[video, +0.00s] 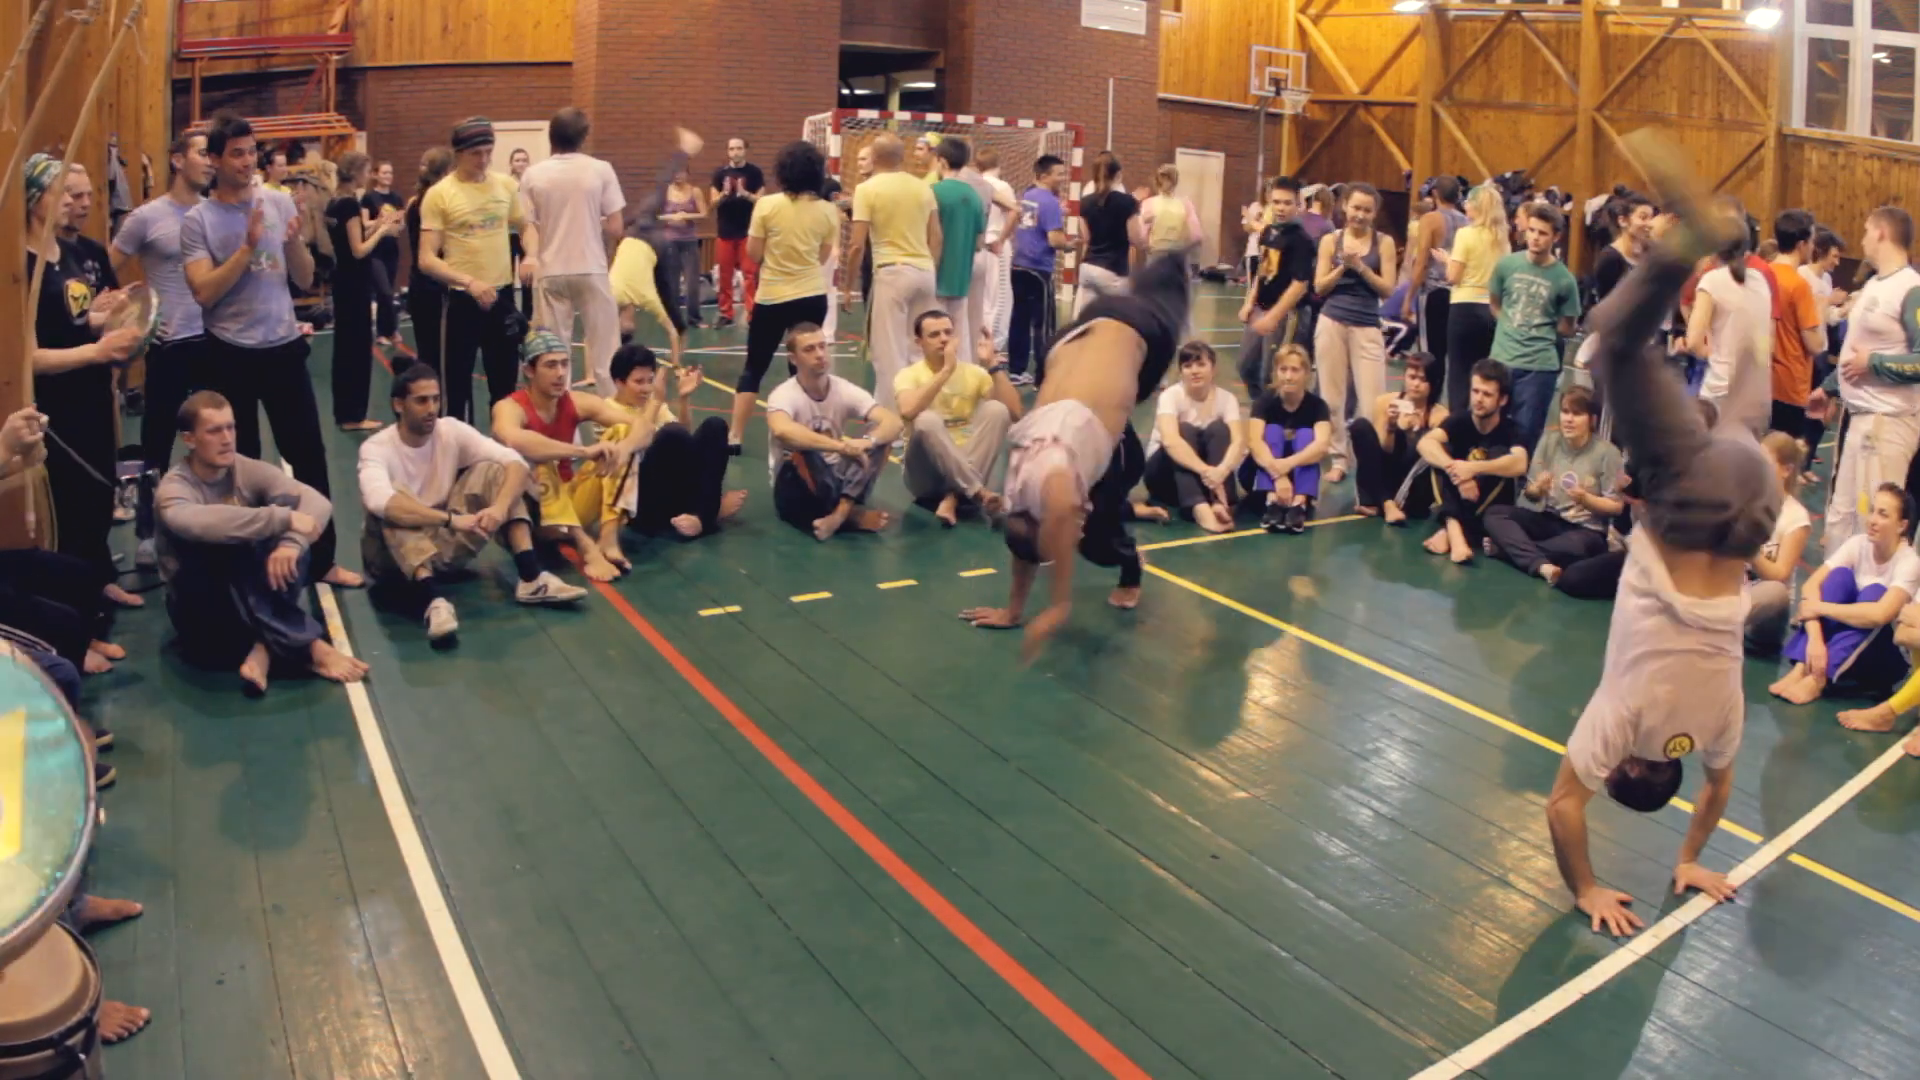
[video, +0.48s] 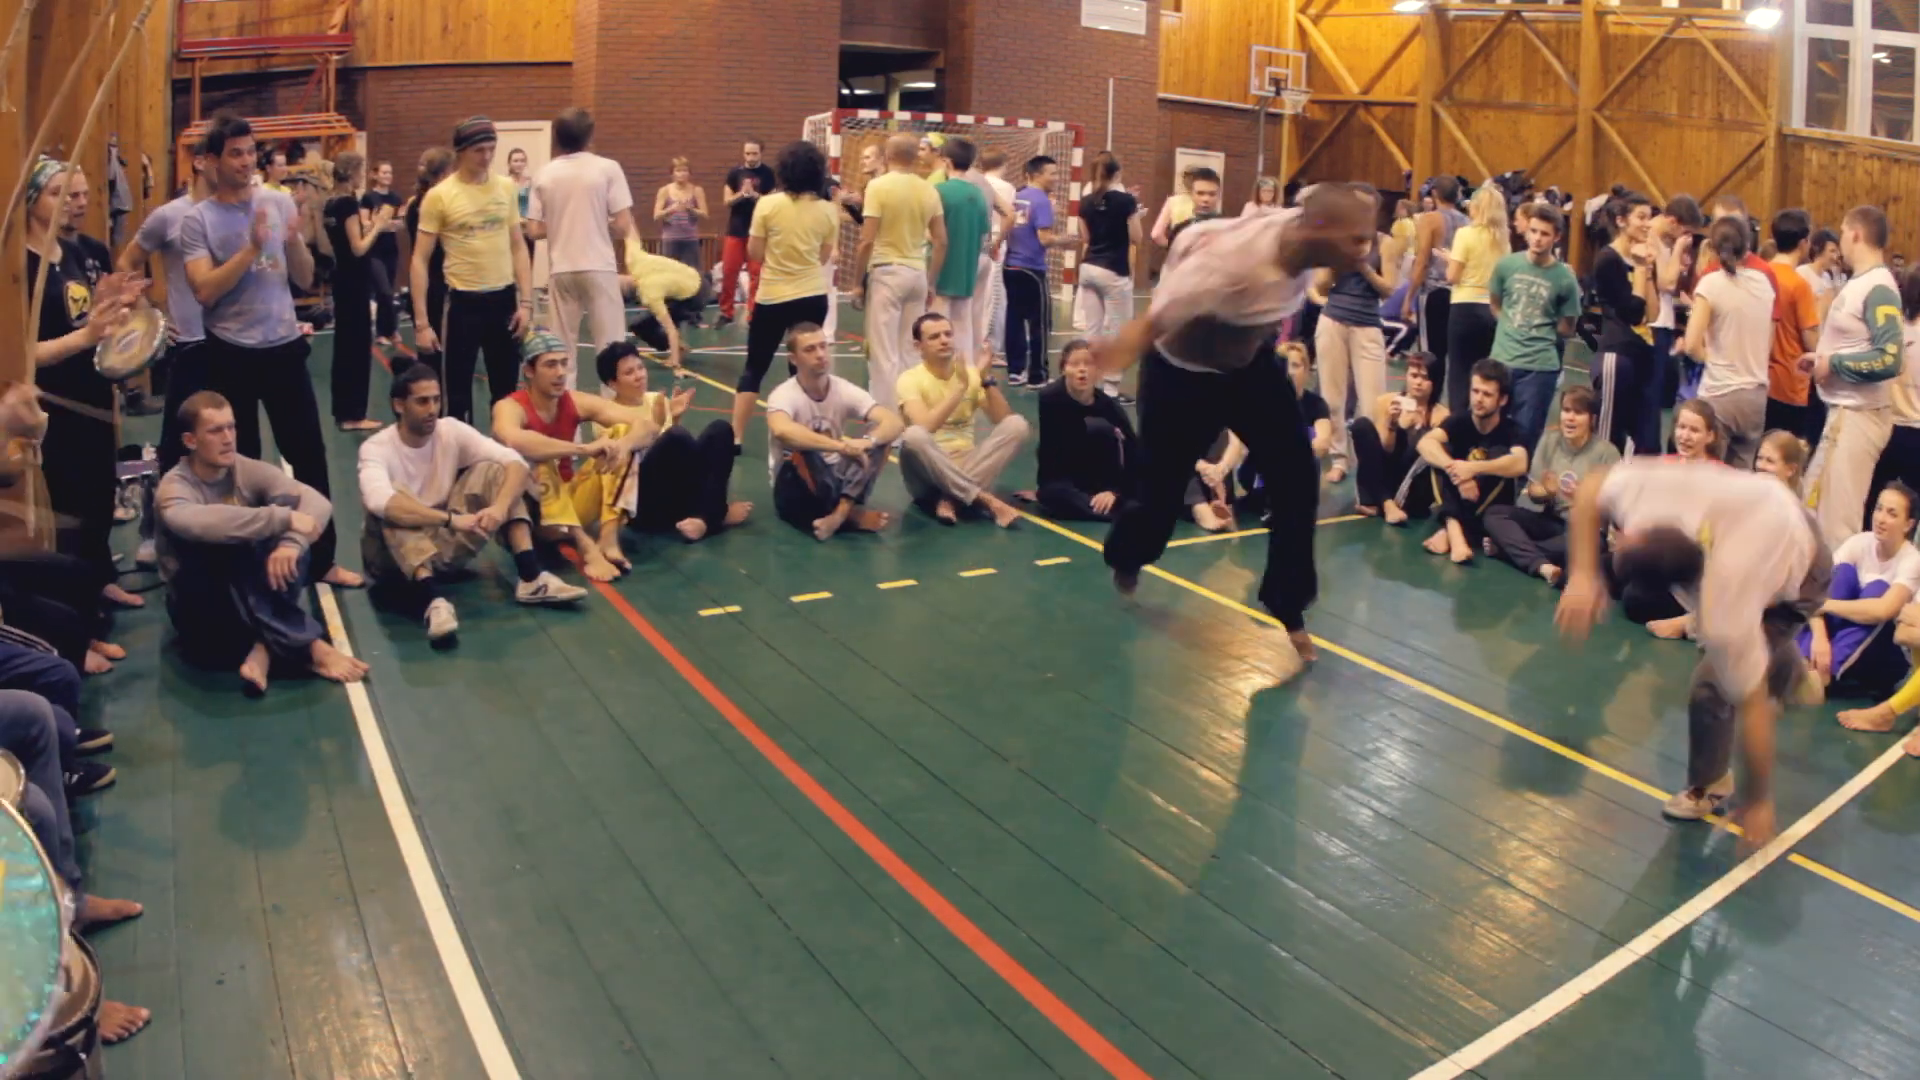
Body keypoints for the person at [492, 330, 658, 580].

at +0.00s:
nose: (560, 373)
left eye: (564, 364)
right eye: (550, 366)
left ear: (570, 366)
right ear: (529, 370)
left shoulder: (579, 402)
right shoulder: (509, 408)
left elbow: (644, 426)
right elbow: (514, 441)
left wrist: (625, 447)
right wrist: (582, 451)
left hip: (575, 506)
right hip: (529, 513)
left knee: (623, 432)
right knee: (541, 465)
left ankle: (609, 537)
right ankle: (586, 545)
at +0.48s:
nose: (560, 372)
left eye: (563, 364)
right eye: (550, 365)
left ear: (568, 366)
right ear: (529, 370)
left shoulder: (577, 402)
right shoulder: (509, 407)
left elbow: (648, 427)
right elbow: (513, 441)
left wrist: (625, 445)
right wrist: (583, 449)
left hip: (574, 505)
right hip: (527, 511)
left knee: (621, 433)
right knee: (541, 464)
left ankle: (609, 537)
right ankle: (586, 544)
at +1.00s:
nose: (563, 374)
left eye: (567, 365)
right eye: (554, 366)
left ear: (572, 366)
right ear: (531, 369)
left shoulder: (582, 403)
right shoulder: (509, 408)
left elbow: (646, 428)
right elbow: (513, 441)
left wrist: (624, 442)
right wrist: (583, 445)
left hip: (573, 505)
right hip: (528, 512)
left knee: (621, 440)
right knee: (542, 466)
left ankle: (609, 538)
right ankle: (587, 546)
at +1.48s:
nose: (562, 375)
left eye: (565, 366)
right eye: (552, 367)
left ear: (571, 367)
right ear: (530, 370)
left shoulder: (581, 402)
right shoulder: (511, 407)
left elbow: (645, 427)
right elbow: (513, 440)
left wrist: (625, 445)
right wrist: (586, 447)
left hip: (571, 506)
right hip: (526, 513)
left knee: (622, 444)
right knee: (541, 463)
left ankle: (609, 537)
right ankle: (586, 545)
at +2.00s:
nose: (560, 375)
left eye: (564, 366)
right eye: (550, 367)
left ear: (569, 367)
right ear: (530, 370)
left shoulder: (581, 403)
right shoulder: (510, 408)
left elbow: (646, 427)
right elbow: (516, 441)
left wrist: (624, 446)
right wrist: (586, 445)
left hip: (572, 508)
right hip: (527, 514)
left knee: (621, 446)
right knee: (541, 464)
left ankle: (609, 538)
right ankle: (587, 546)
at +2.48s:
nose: (555, 375)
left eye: (561, 366)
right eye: (546, 366)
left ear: (568, 369)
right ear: (529, 369)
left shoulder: (578, 404)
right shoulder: (510, 406)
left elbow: (645, 426)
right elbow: (512, 439)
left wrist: (624, 447)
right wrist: (588, 448)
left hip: (571, 505)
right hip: (528, 511)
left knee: (623, 432)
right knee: (543, 466)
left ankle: (609, 537)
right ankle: (587, 546)